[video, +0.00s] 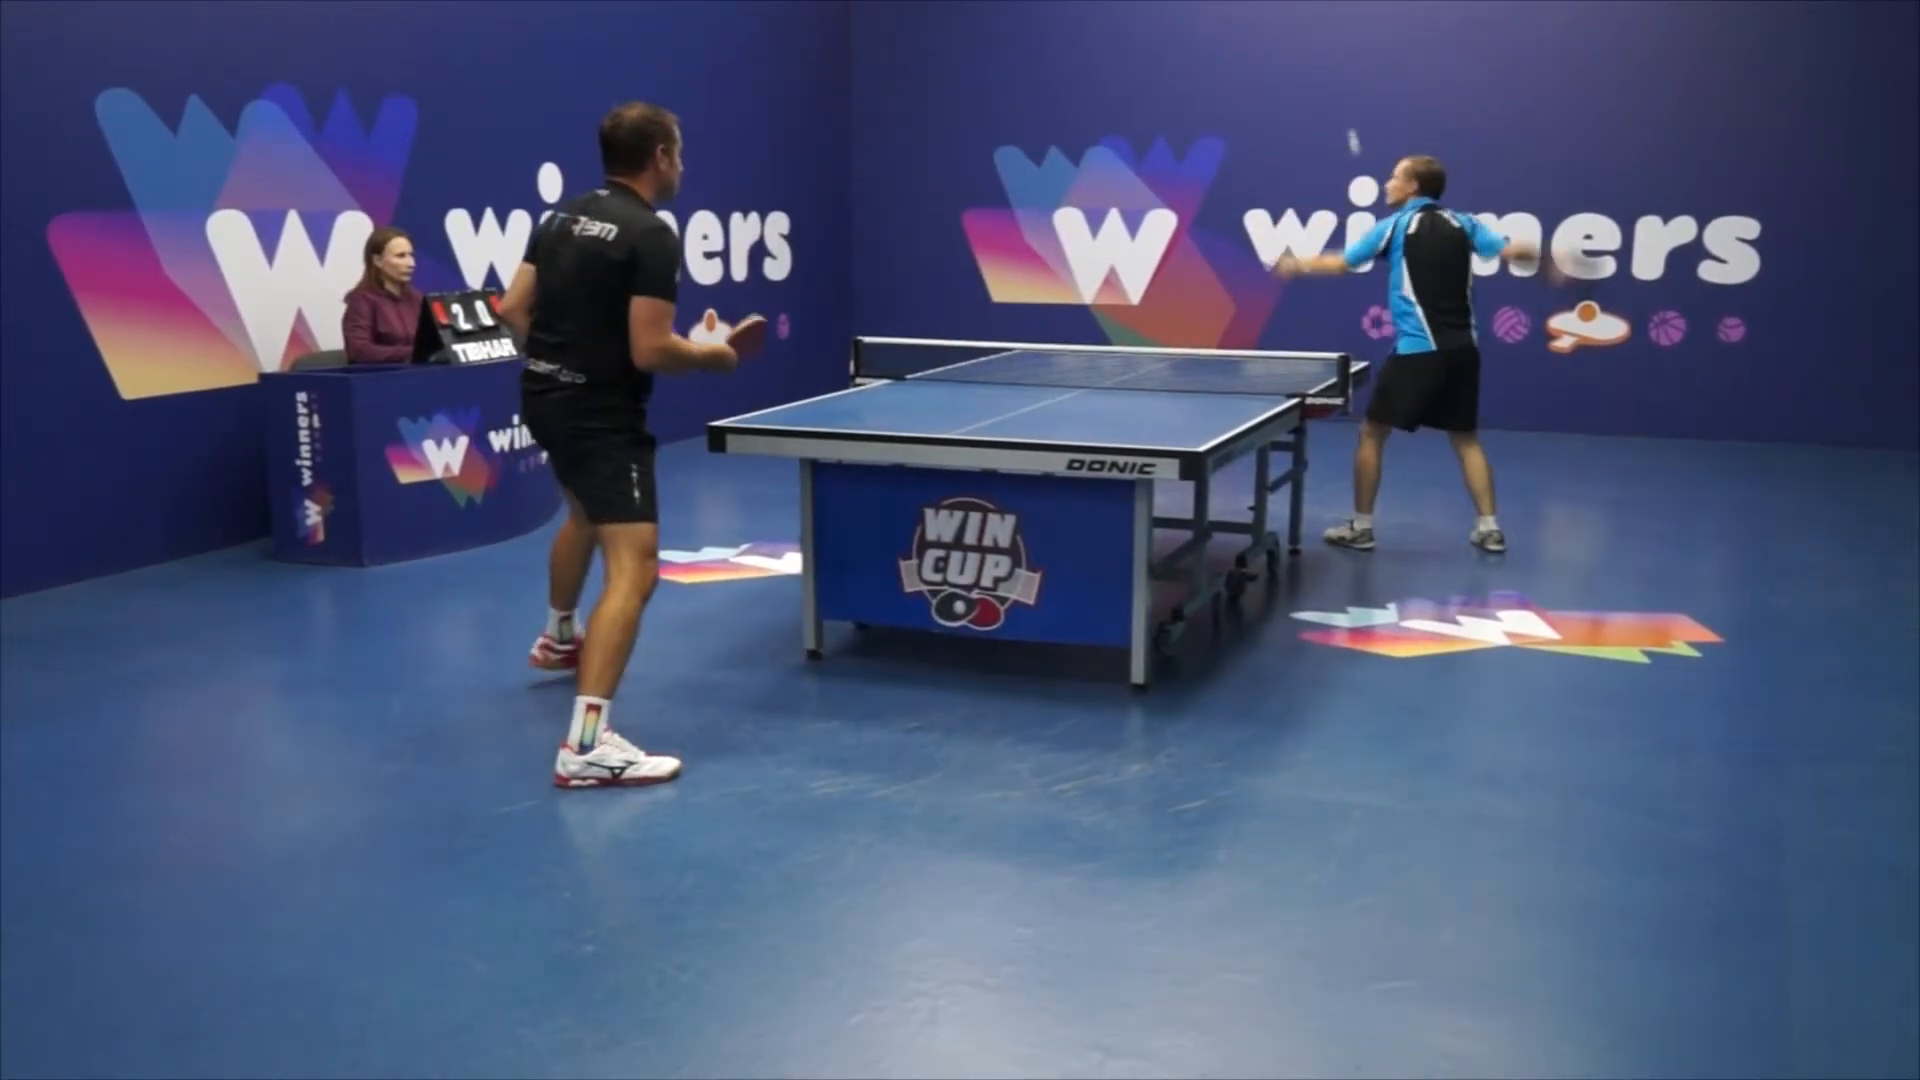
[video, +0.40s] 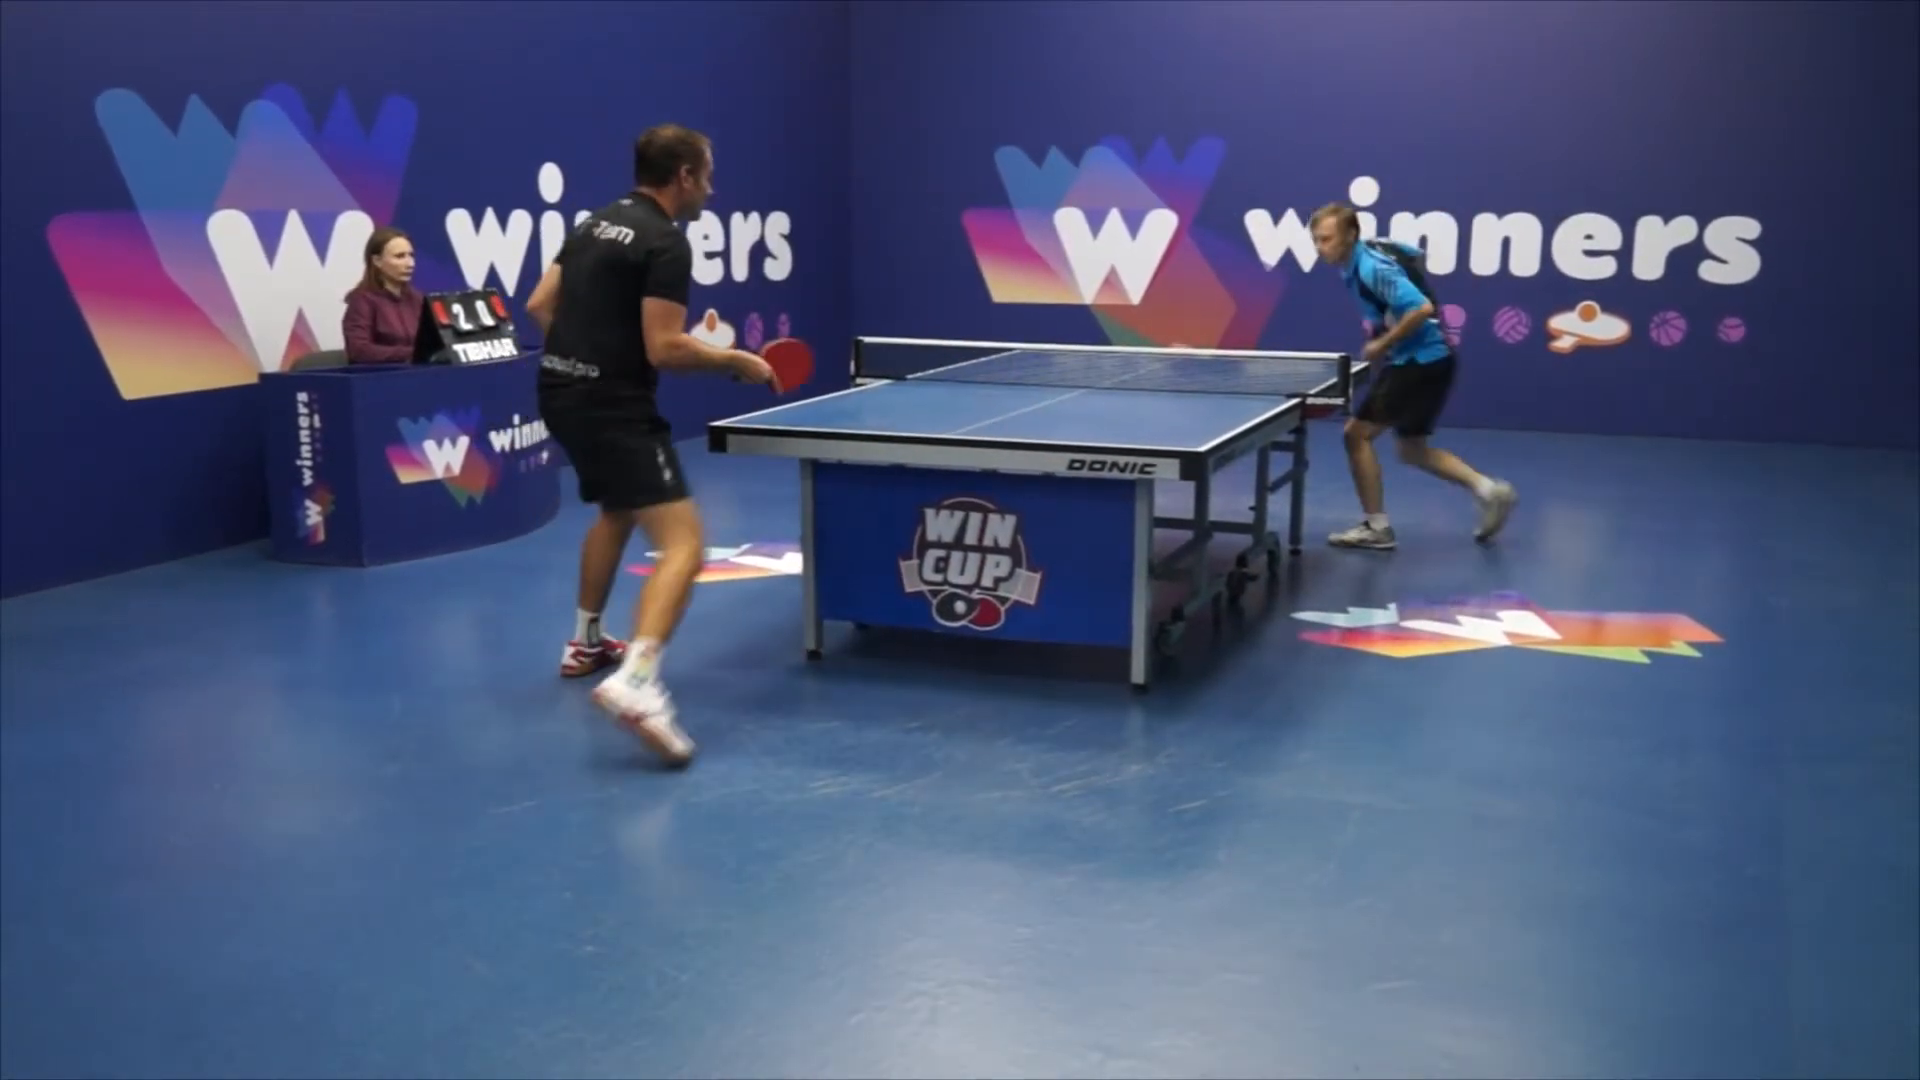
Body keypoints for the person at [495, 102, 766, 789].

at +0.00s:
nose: (680, 164)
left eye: (678, 152)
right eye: (677, 153)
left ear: (611, 158)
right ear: (660, 158)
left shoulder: (564, 216)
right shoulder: (652, 236)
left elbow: (515, 307)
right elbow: (650, 349)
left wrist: (577, 334)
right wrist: (715, 352)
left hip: (546, 396)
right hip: (602, 407)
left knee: (584, 513)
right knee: (634, 571)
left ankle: (560, 633)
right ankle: (586, 740)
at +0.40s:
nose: (711, 188)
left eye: (710, 175)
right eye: (708, 176)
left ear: (649, 175)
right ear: (683, 177)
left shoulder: (595, 221)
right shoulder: (665, 243)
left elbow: (541, 305)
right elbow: (664, 347)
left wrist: (600, 343)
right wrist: (735, 359)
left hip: (561, 388)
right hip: (614, 396)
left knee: (618, 509)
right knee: (683, 541)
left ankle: (585, 641)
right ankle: (637, 679)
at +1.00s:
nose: (777, 228)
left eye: (778, 220)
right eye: (779, 220)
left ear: (717, 209)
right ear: (769, 217)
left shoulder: (661, 236)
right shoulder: (779, 274)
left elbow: (602, 303)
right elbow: (844, 363)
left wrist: (600, 373)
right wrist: (808, 356)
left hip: (632, 407)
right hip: (712, 414)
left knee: (600, 523)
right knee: (776, 517)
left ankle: (564, 651)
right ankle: (787, 661)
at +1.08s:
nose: (769, 218)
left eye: (770, 210)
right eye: (771, 209)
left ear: (708, 200)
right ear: (759, 207)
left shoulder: (653, 231)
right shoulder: (774, 267)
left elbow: (596, 307)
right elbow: (834, 363)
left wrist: (596, 377)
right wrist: (806, 352)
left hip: (628, 407)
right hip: (710, 414)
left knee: (591, 527)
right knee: (770, 519)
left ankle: (552, 664)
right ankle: (786, 662)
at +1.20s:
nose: (749, 200)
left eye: (749, 190)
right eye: (749, 190)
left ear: (685, 184)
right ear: (736, 190)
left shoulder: (630, 230)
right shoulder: (752, 258)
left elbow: (563, 312)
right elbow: (791, 365)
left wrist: (582, 366)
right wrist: (798, 342)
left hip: (611, 408)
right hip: (692, 415)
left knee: (585, 543)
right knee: (755, 530)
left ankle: (535, 686)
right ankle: (784, 664)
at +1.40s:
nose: (715, 172)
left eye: (714, 160)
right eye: (714, 161)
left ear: (646, 161)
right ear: (698, 162)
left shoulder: (594, 216)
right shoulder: (707, 230)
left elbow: (535, 309)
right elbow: (711, 345)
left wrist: (569, 367)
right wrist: (756, 348)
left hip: (571, 397)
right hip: (649, 400)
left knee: (562, 549)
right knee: (737, 538)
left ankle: (531, 700)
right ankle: (757, 699)